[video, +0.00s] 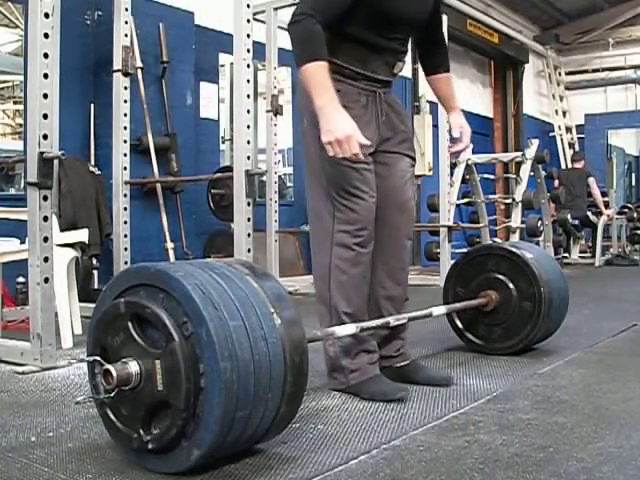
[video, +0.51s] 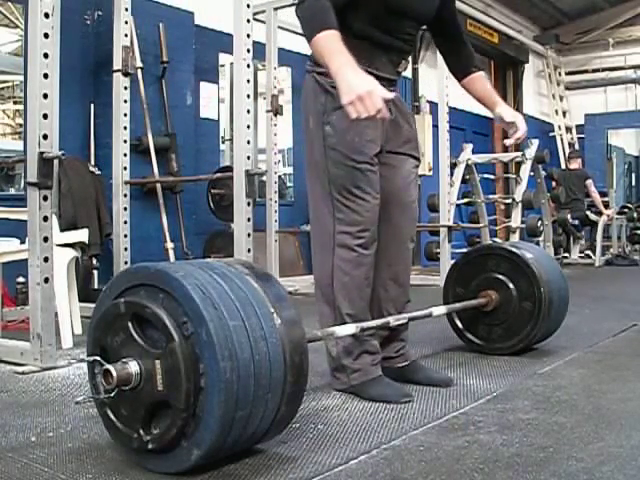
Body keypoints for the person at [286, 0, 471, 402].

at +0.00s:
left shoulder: (429, 6)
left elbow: (431, 42)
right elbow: (304, 20)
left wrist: (453, 110)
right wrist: (329, 110)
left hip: (384, 96)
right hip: (334, 88)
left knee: (397, 217)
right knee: (351, 219)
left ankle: (391, 350)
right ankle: (348, 363)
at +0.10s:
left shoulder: (430, 6)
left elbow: (435, 41)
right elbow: (300, 19)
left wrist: (459, 109)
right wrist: (322, 107)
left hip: (388, 96)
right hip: (338, 88)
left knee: (401, 220)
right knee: (354, 221)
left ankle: (394, 351)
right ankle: (352, 365)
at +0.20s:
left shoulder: (430, 6)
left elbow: (439, 44)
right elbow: (300, 16)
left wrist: (469, 108)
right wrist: (321, 100)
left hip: (388, 95)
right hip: (338, 86)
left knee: (400, 218)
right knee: (353, 222)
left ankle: (393, 352)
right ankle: (353, 363)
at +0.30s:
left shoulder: (432, 5)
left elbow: (447, 49)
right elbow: (303, 13)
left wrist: (482, 108)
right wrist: (328, 93)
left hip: (386, 95)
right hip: (337, 86)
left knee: (397, 221)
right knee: (352, 221)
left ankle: (390, 349)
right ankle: (351, 363)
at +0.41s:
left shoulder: (436, 5)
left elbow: (454, 53)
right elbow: (306, 9)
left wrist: (492, 108)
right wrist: (337, 82)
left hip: (386, 94)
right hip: (335, 85)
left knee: (398, 221)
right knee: (352, 222)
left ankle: (391, 350)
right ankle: (350, 363)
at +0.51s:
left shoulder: (439, 4)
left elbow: (459, 55)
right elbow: (311, 6)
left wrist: (500, 108)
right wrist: (347, 72)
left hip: (390, 96)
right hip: (336, 89)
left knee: (398, 224)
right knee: (353, 224)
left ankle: (391, 351)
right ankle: (352, 363)